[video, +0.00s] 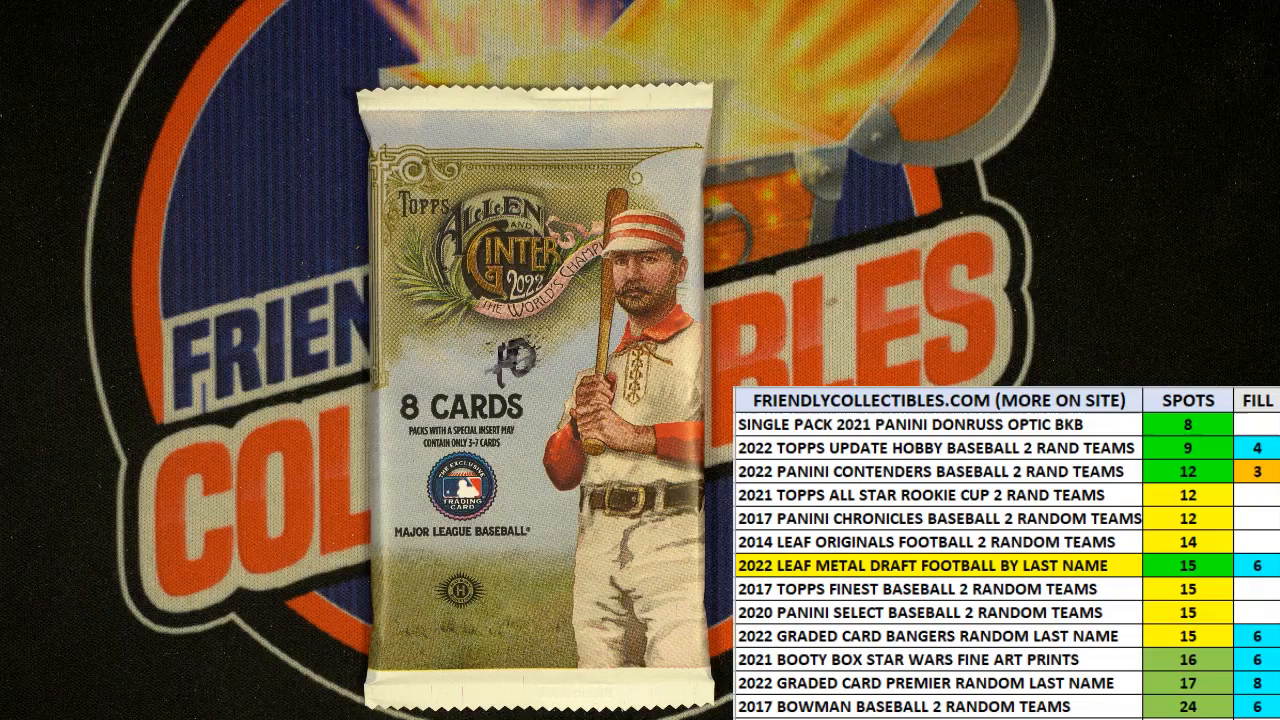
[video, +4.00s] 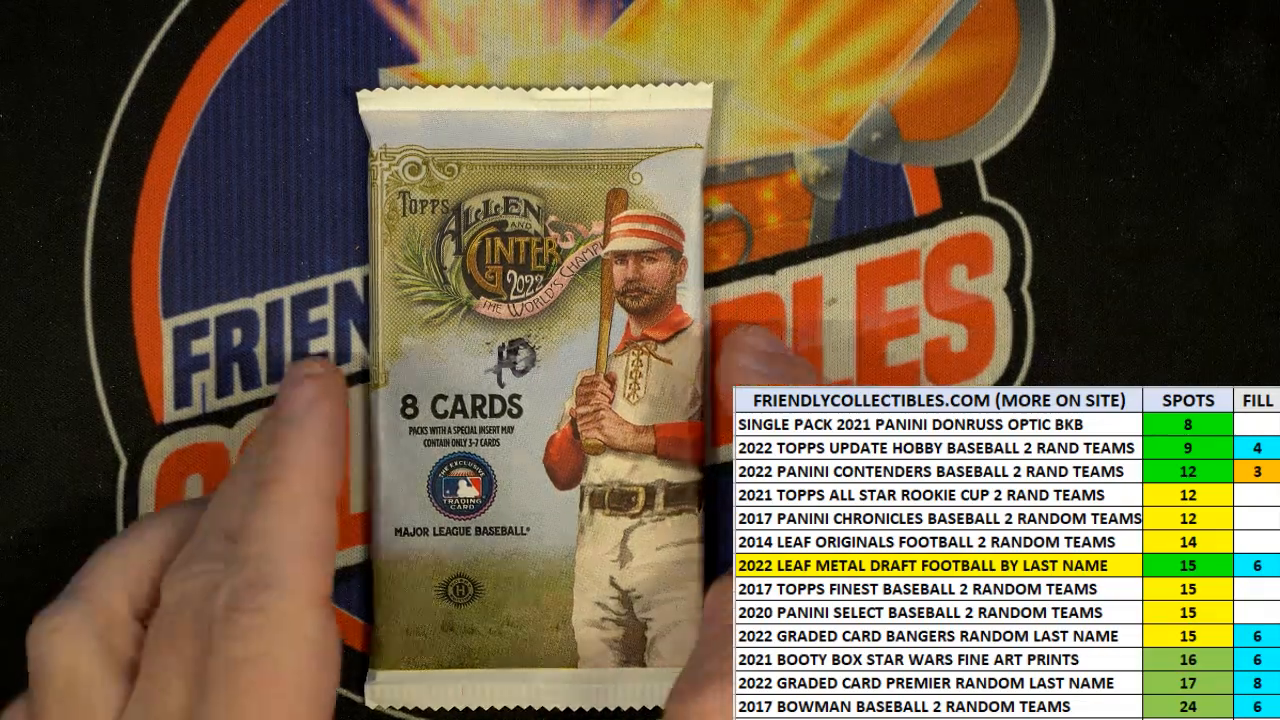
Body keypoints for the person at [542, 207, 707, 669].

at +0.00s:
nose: (631, 274)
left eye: (647, 259)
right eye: (620, 261)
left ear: (678, 270)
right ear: (609, 272)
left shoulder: (705, 345)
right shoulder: (605, 366)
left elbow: (724, 438)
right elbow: (561, 475)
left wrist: (631, 436)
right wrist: (577, 420)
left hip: (674, 529)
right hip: (597, 530)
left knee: (679, 684)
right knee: (600, 689)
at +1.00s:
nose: (631, 274)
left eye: (647, 259)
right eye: (620, 260)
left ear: (678, 270)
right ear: (609, 272)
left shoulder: (705, 346)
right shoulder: (604, 366)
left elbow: (724, 438)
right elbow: (561, 475)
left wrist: (635, 436)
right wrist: (577, 422)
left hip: (674, 531)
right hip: (597, 532)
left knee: (679, 688)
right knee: (601, 692)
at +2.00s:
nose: (631, 274)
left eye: (648, 259)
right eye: (620, 261)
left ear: (678, 270)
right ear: (609, 273)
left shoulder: (705, 346)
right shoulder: (604, 366)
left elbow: (724, 438)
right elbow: (561, 476)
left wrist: (632, 436)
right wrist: (577, 420)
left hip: (673, 530)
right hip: (597, 531)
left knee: (679, 685)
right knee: (601, 690)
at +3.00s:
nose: (631, 273)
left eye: (647, 259)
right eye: (620, 260)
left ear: (678, 269)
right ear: (609, 273)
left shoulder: (706, 345)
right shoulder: (604, 364)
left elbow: (726, 436)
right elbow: (561, 475)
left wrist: (635, 436)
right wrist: (576, 421)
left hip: (672, 527)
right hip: (598, 530)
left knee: (678, 683)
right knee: (601, 688)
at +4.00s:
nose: (631, 273)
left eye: (647, 259)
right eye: (620, 260)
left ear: (678, 270)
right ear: (609, 272)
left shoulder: (708, 346)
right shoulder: (602, 366)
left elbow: (727, 437)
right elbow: (561, 475)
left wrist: (632, 436)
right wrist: (577, 420)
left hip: (672, 528)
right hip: (597, 531)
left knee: (677, 683)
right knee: (601, 686)